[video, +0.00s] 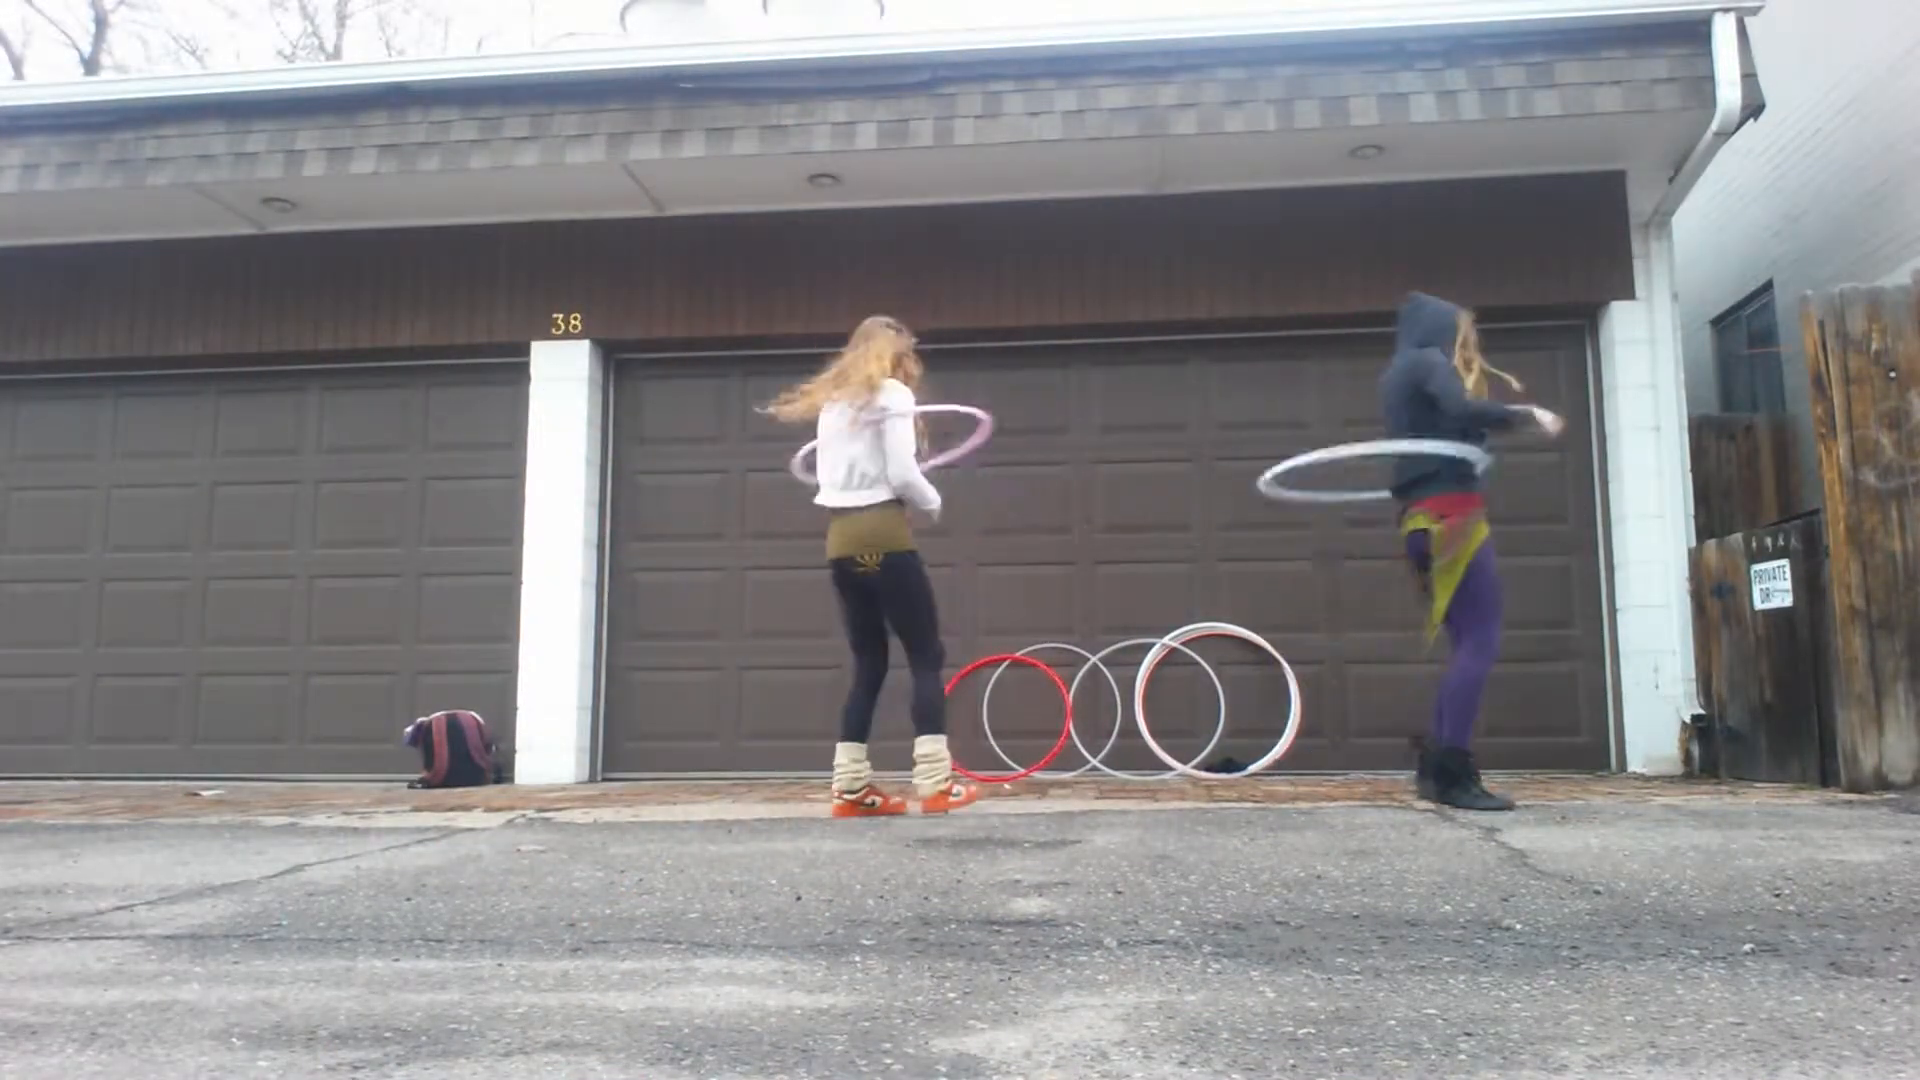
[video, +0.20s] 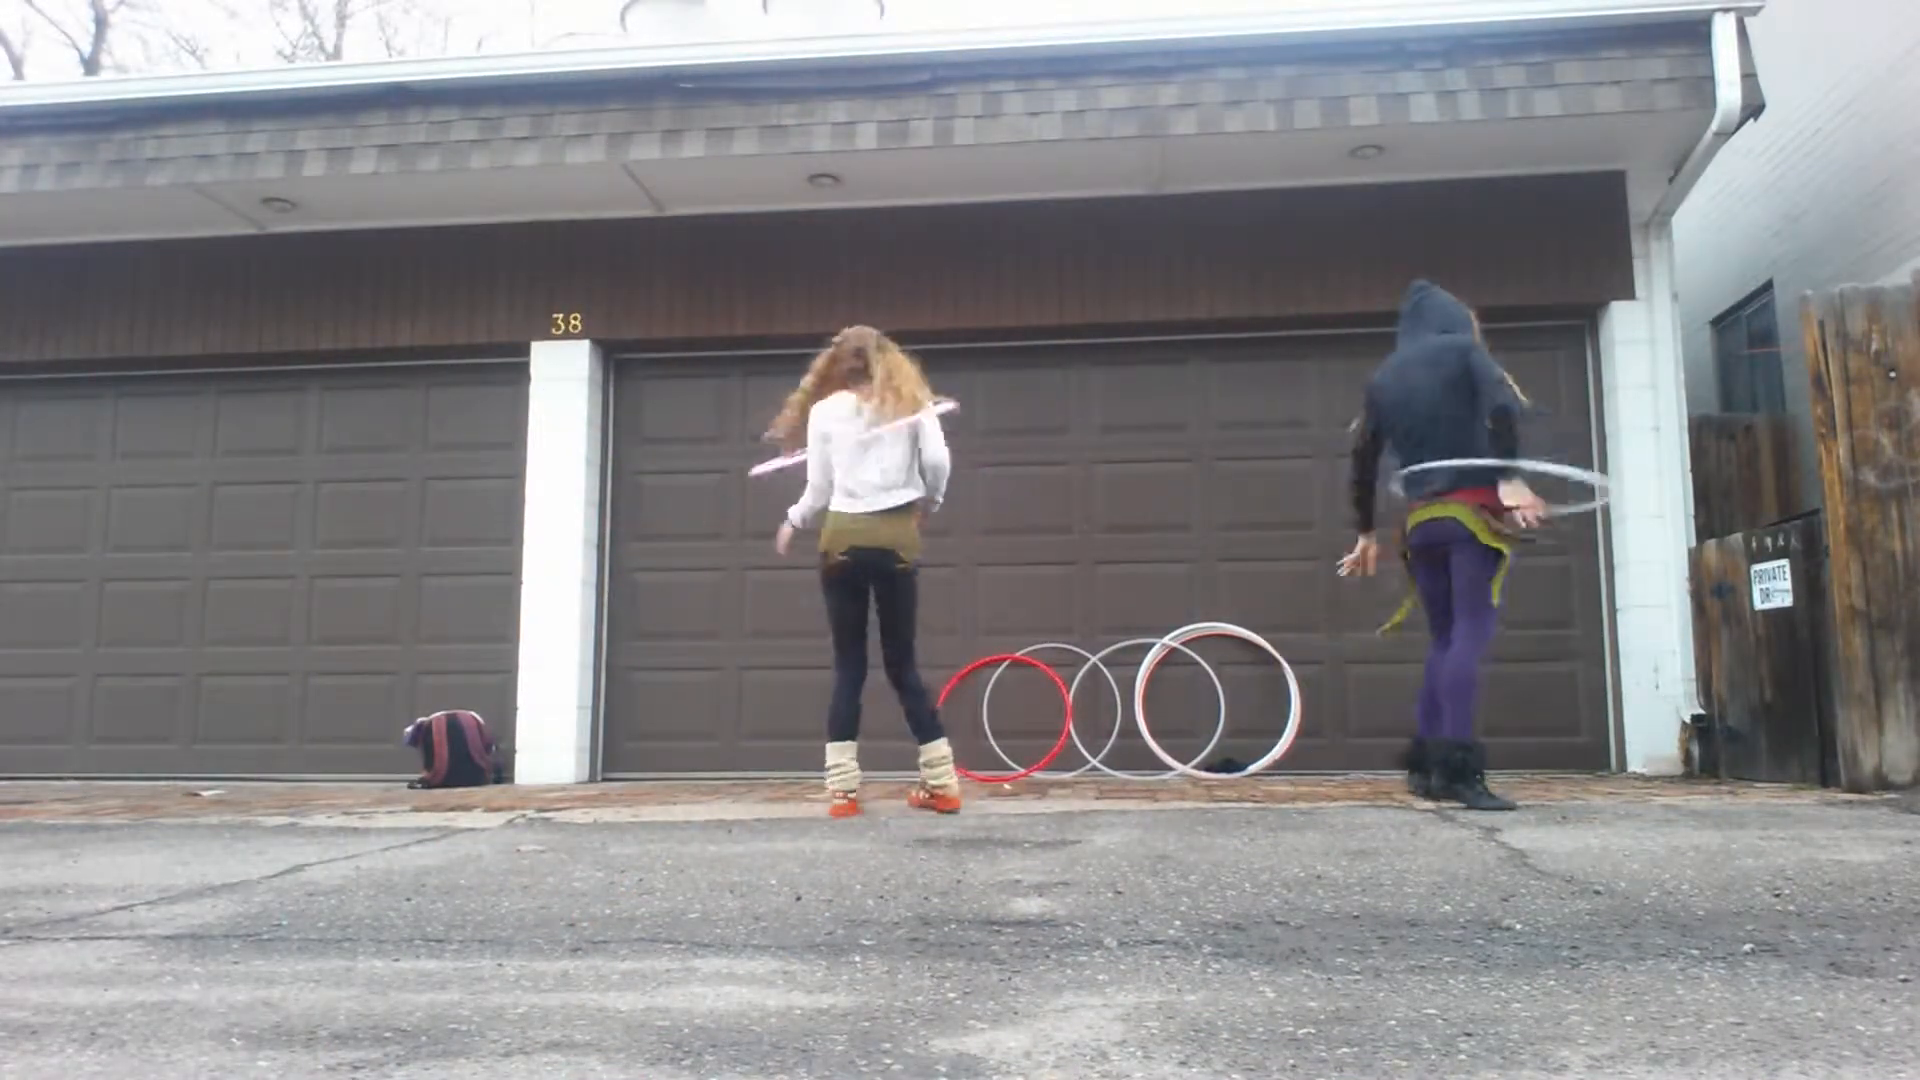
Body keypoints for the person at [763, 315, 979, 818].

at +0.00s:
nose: (910, 364)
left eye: (909, 355)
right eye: (907, 355)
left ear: (856, 352)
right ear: (896, 355)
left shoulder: (834, 398)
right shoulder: (894, 393)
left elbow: (828, 471)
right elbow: (902, 471)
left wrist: (886, 488)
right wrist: (932, 504)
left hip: (840, 529)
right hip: (885, 526)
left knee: (869, 664)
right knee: (925, 656)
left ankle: (849, 786)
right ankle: (934, 781)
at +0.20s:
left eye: (839, 359)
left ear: (837, 364)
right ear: (887, 360)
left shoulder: (824, 411)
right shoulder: (914, 403)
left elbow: (820, 487)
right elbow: (937, 461)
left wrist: (794, 519)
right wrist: (930, 501)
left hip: (841, 537)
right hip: (896, 537)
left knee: (848, 667)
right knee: (903, 666)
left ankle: (842, 789)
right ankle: (942, 781)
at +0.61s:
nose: (782, 371)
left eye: (791, 362)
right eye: (777, 365)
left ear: (817, 366)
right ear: (773, 374)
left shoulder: (852, 407)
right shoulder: (786, 434)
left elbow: (866, 478)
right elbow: (792, 505)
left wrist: (818, 516)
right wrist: (751, 537)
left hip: (863, 549)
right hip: (821, 552)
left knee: (825, 665)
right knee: (785, 668)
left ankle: (842, 787)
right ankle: (858, 735)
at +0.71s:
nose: (792, 364)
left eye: (800, 356)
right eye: (783, 357)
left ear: (819, 364)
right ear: (771, 367)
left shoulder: (851, 413)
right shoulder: (762, 423)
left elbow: (872, 476)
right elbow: (759, 485)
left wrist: (871, 495)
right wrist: (749, 516)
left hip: (853, 551)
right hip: (798, 553)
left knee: (823, 671)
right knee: (783, 663)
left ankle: (843, 785)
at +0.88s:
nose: (822, 350)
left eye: (825, 344)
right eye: (810, 342)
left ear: (827, 359)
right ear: (781, 353)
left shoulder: (828, 417)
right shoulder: (750, 401)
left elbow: (841, 491)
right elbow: (715, 473)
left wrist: (892, 493)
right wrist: (747, 512)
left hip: (820, 548)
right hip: (769, 546)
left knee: (822, 667)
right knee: (768, 671)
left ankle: (814, 785)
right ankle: (714, 790)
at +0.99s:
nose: (829, 346)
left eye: (828, 338)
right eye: (819, 336)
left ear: (813, 349)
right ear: (790, 343)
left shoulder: (812, 409)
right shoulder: (761, 391)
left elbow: (824, 482)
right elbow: (739, 465)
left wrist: (885, 505)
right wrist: (789, 516)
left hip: (794, 547)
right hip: (760, 543)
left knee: (820, 664)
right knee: (761, 666)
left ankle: (755, 773)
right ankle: (709, 791)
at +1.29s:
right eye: (808, 328)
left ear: (755, 337)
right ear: (807, 332)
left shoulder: (734, 390)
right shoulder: (826, 371)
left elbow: (728, 468)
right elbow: (850, 445)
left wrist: (728, 518)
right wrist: (869, 488)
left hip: (756, 520)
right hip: (817, 516)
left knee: (754, 656)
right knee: (814, 655)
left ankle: (727, 779)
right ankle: (828, 756)